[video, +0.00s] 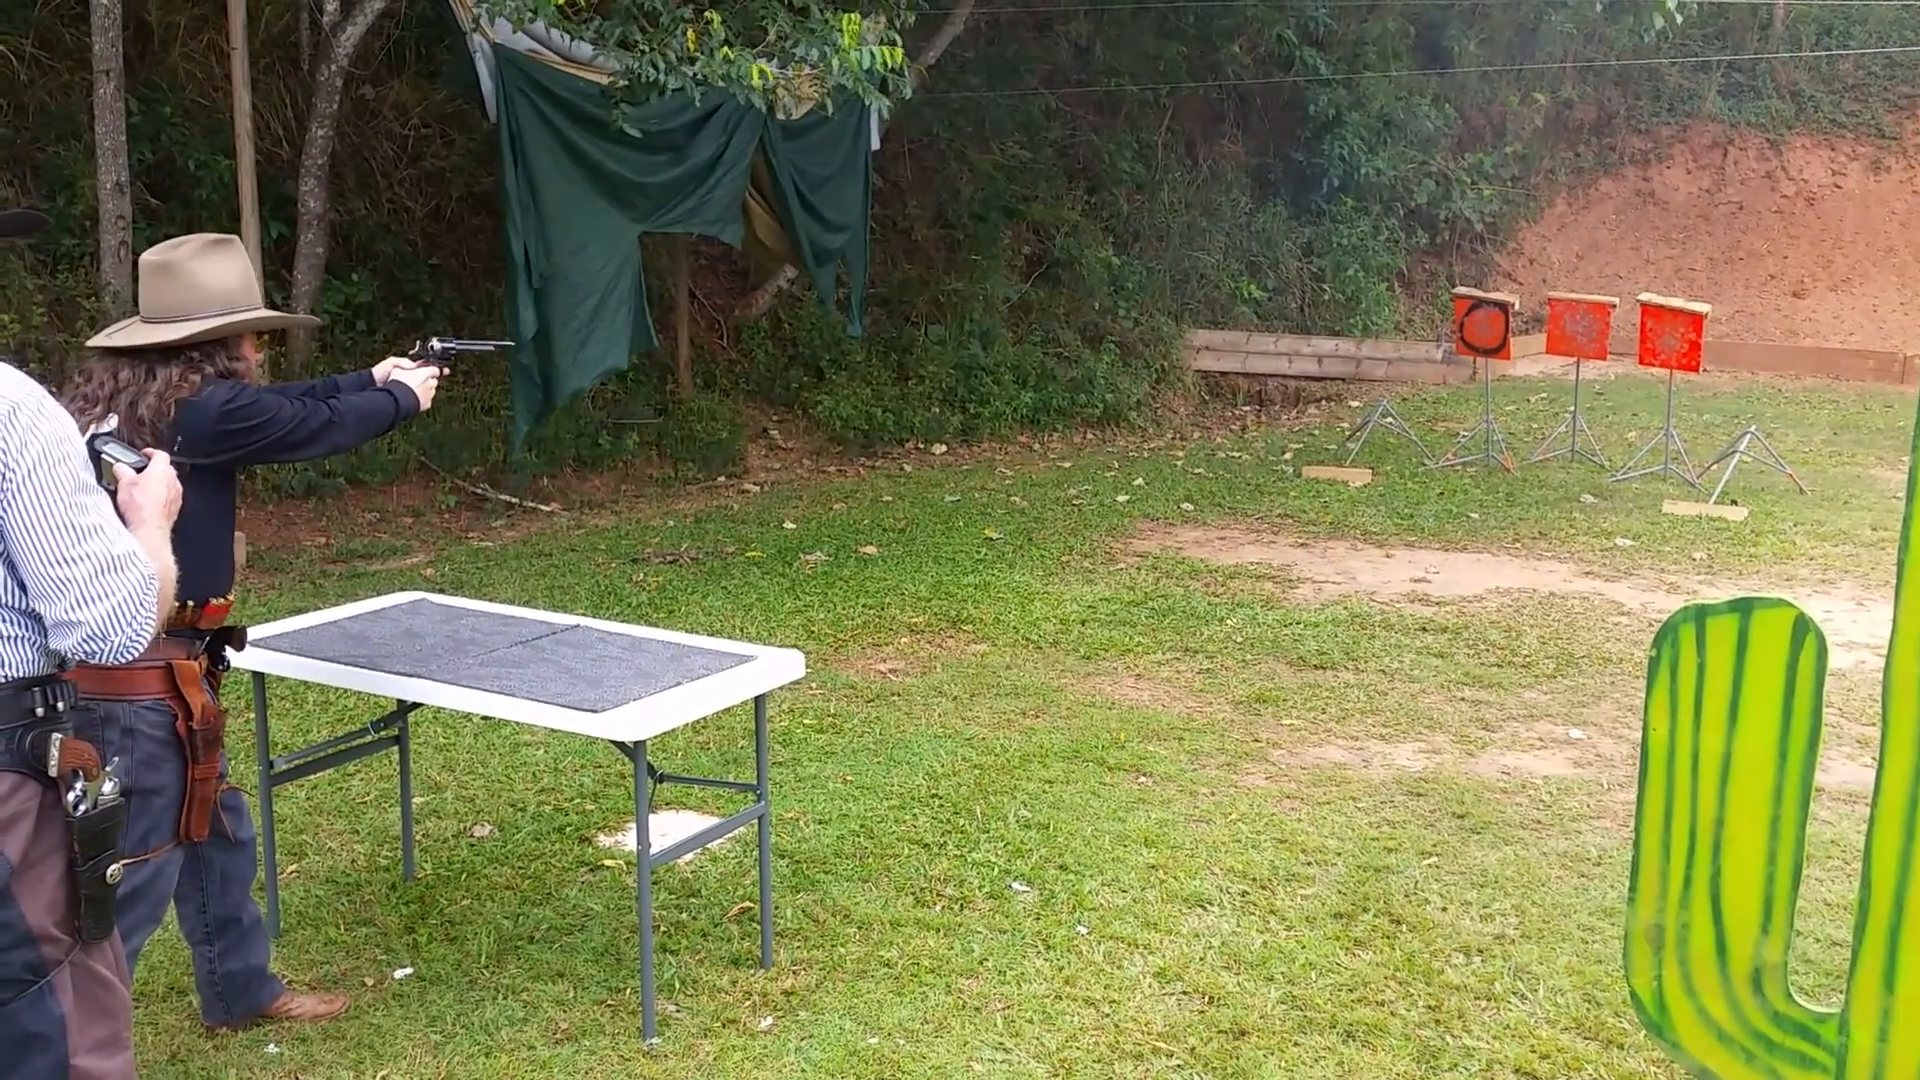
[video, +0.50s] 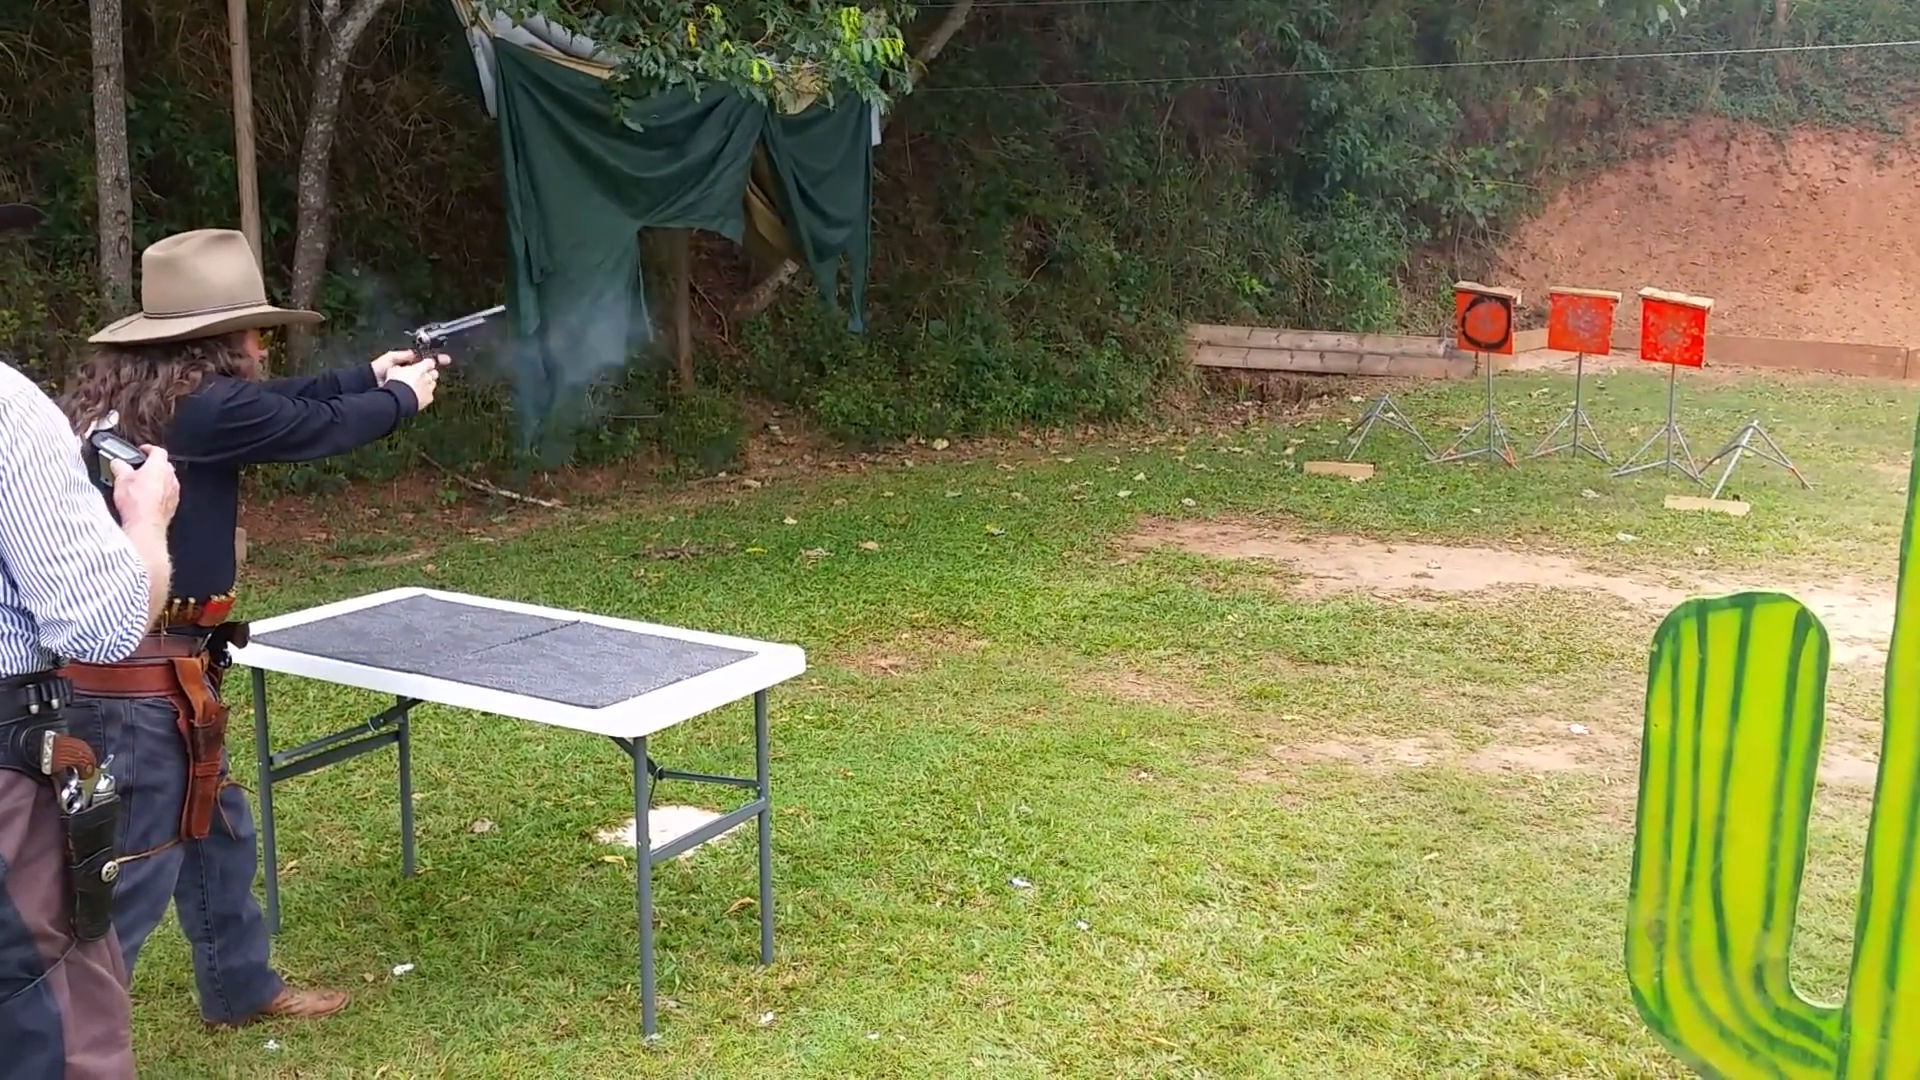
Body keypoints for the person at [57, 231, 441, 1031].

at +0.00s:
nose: (259, 351)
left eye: (257, 337)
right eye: (251, 337)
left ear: (172, 338)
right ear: (215, 341)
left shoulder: (118, 395)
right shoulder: (197, 409)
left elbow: (274, 406)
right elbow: (309, 428)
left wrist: (368, 379)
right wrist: (402, 399)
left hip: (114, 660)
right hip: (144, 672)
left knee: (216, 830)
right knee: (136, 872)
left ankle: (241, 994)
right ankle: (68, 1031)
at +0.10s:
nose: (261, 351)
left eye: (259, 337)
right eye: (253, 337)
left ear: (175, 338)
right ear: (216, 340)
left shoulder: (118, 392)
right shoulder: (200, 408)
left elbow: (275, 405)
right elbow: (313, 427)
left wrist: (369, 379)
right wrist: (404, 397)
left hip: (107, 660)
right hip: (144, 673)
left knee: (217, 829)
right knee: (135, 873)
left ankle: (241, 994)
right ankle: (67, 1031)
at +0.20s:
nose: (264, 349)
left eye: (262, 335)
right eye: (255, 335)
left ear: (177, 336)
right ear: (217, 340)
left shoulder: (122, 392)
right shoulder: (203, 408)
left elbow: (279, 403)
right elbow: (317, 427)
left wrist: (371, 377)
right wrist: (405, 397)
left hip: (108, 661)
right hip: (145, 673)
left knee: (219, 828)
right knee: (136, 872)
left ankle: (242, 992)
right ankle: (69, 1030)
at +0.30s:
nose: (264, 349)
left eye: (263, 335)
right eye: (256, 335)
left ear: (180, 336)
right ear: (217, 340)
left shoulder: (126, 392)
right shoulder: (203, 408)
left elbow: (278, 404)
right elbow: (315, 426)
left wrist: (371, 376)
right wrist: (406, 395)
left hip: (115, 657)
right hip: (146, 671)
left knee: (219, 828)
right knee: (136, 873)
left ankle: (242, 991)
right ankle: (69, 1030)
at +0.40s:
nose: (264, 348)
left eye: (262, 334)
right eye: (255, 334)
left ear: (180, 336)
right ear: (217, 339)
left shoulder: (129, 392)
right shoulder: (202, 407)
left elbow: (279, 403)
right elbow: (315, 426)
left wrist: (371, 376)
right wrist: (406, 395)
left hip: (116, 655)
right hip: (146, 669)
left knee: (218, 826)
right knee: (136, 873)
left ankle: (241, 991)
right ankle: (66, 1030)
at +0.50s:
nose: (263, 346)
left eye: (260, 332)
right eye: (254, 332)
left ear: (176, 335)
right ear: (218, 337)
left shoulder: (130, 391)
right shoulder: (203, 406)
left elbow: (274, 402)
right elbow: (316, 431)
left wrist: (371, 374)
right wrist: (403, 399)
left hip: (113, 657)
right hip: (145, 668)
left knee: (218, 825)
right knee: (136, 870)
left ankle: (240, 989)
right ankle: (65, 1029)